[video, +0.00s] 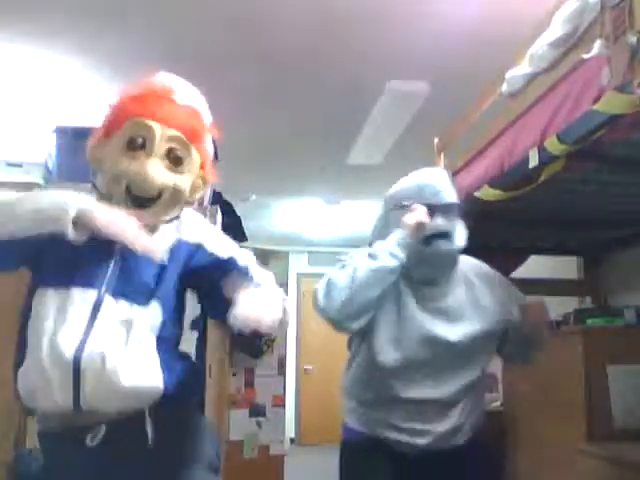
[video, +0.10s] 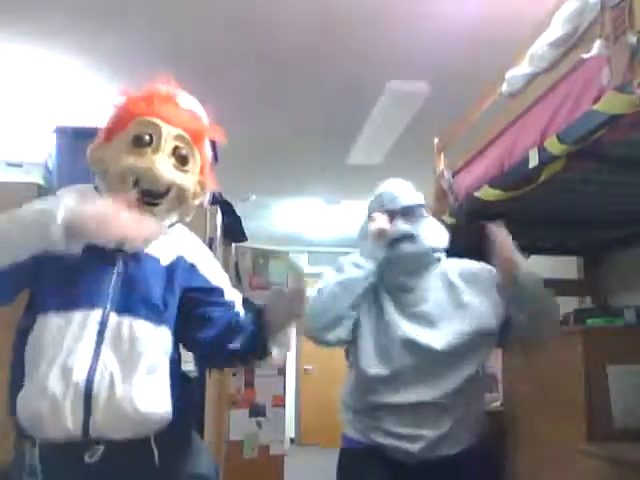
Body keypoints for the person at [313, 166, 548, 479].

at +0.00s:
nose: (438, 224)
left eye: (448, 213)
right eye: (423, 212)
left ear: (461, 221)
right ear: (392, 224)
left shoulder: (482, 280)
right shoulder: (368, 274)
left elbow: (514, 349)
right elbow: (336, 308)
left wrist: (531, 334)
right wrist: (403, 240)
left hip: (460, 450)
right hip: (375, 450)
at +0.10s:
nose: (403, 226)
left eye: (413, 215)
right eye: (391, 217)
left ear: (427, 219)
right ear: (372, 226)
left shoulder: (471, 280)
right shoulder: (360, 283)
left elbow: (543, 323)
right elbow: (317, 326)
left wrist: (515, 266)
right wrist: (367, 255)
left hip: (456, 457)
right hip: (373, 455)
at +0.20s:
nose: (390, 222)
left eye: (401, 211)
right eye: (379, 214)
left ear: (425, 224)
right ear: (363, 230)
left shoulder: (467, 273)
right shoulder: (354, 285)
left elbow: (543, 279)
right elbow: (299, 318)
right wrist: (348, 246)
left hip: (458, 457)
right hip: (372, 457)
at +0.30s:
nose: (378, 209)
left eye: (389, 199)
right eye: (368, 203)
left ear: (412, 214)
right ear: (354, 222)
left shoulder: (451, 254)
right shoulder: (343, 274)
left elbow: (507, 221)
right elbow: (287, 299)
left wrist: (450, 133)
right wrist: (333, 232)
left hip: (451, 452)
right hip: (369, 454)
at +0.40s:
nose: (372, 202)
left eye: (392, 194)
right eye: (363, 198)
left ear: (417, 211)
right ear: (350, 218)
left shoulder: (440, 256)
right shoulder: (338, 275)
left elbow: (457, 192)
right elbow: (285, 289)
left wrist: (442, 105)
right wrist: (332, 225)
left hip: (448, 447)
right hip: (367, 447)